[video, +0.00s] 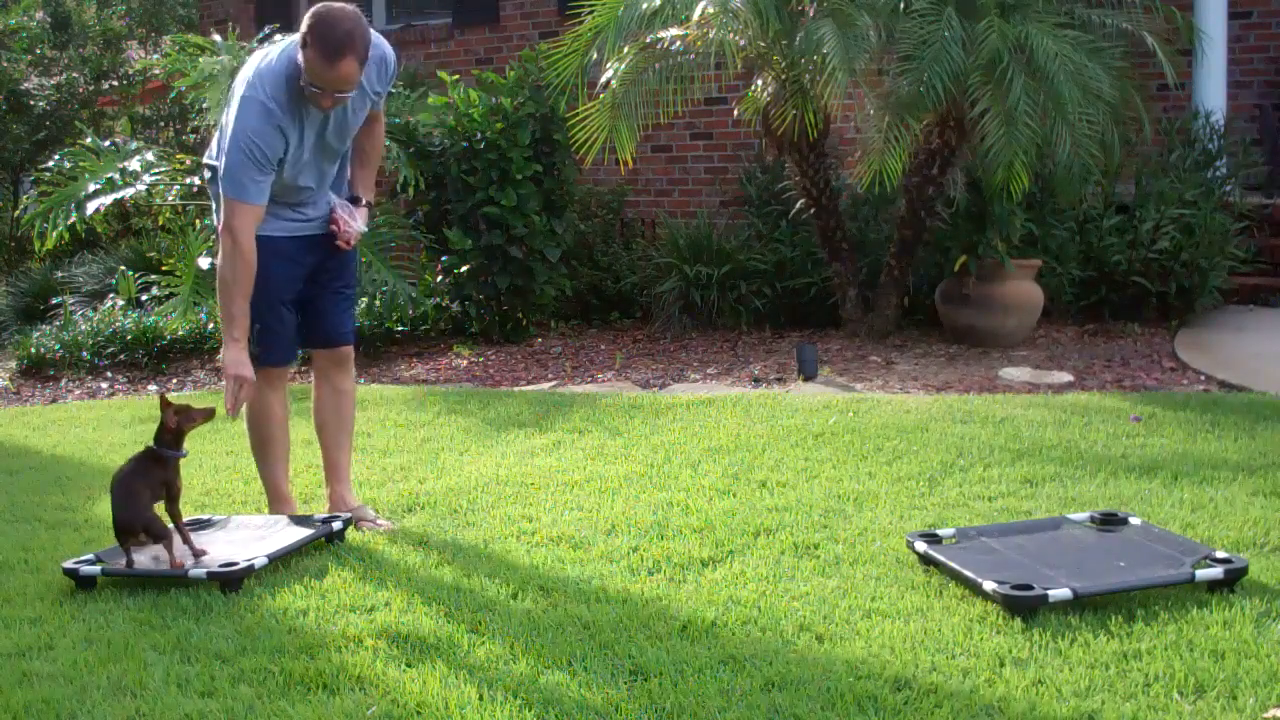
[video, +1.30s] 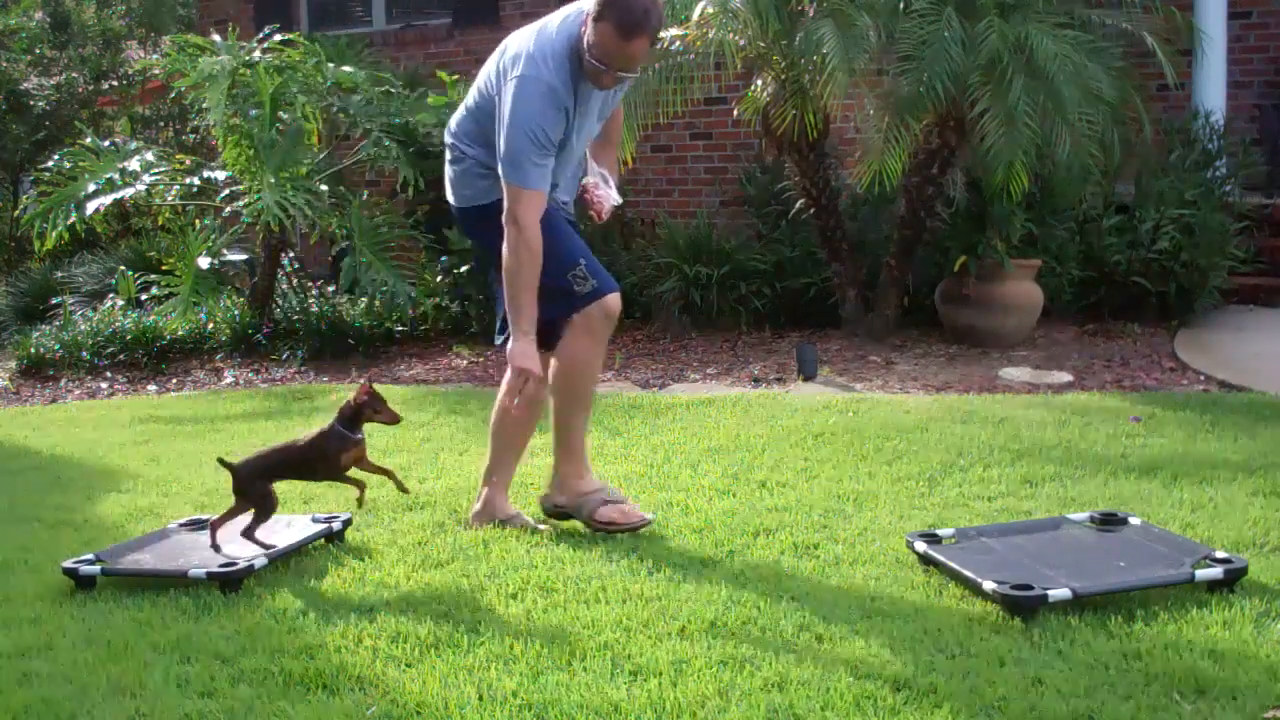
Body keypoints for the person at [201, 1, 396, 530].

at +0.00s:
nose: (330, 100)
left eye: (343, 89)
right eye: (318, 88)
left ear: (363, 60)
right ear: (300, 57)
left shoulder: (377, 58)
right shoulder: (260, 100)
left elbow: (371, 123)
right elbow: (236, 232)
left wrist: (360, 200)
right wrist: (234, 344)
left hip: (332, 219)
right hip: (264, 228)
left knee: (337, 353)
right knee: (272, 368)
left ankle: (342, 500)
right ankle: (283, 510)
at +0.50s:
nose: (380, 116)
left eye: (394, 107)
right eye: (368, 103)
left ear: (412, 77)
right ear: (351, 70)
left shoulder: (405, 62)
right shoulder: (301, 114)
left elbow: (396, 116)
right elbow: (283, 248)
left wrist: (409, 186)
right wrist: (283, 359)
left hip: (347, 210)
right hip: (275, 225)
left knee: (407, 321)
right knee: (288, 375)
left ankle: (411, 486)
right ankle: (285, 516)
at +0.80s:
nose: (460, 125)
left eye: (474, 116)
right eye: (449, 111)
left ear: (495, 90)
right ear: (436, 74)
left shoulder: (488, 79)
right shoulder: (384, 119)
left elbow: (473, 130)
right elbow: (362, 254)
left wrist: (472, 204)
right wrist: (359, 366)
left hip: (421, 220)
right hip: (343, 227)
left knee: (464, 346)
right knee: (329, 378)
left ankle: (485, 506)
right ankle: (290, 509)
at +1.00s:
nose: (532, 121)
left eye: (545, 113)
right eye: (523, 107)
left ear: (564, 85)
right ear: (508, 71)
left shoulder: (550, 72)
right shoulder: (452, 112)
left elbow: (540, 129)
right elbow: (424, 249)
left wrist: (535, 194)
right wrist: (414, 362)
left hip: (479, 206)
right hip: (403, 207)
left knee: (506, 347)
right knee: (412, 363)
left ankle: (489, 503)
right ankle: (320, 466)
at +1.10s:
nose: (558, 112)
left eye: (571, 106)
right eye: (548, 98)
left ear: (594, 80)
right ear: (536, 60)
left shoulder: (577, 66)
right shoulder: (482, 103)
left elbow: (561, 122)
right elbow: (455, 241)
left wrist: (560, 187)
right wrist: (446, 357)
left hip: (502, 201)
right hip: (433, 200)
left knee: (522, 346)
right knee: (487, 346)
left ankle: (490, 503)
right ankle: (370, 427)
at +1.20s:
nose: (582, 98)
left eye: (598, 90)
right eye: (573, 81)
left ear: (618, 66)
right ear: (559, 46)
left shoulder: (600, 51)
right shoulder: (507, 92)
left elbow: (584, 123)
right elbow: (486, 233)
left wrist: (581, 182)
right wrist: (482, 346)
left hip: (524, 194)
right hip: (460, 191)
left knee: (533, 338)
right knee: (554, 315)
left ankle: (491, 498)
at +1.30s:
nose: (613, 79)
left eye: (629, 70)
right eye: (604, 63)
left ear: (649, 48)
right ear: (588, 28)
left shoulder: (623, 43)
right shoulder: (536, 80)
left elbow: (609, 109)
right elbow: (521, 220)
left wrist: (602, 176)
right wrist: (522, 339)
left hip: (541, 188)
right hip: (487, 190)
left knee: (541, 348)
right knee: (598, 304)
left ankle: (492, 500)